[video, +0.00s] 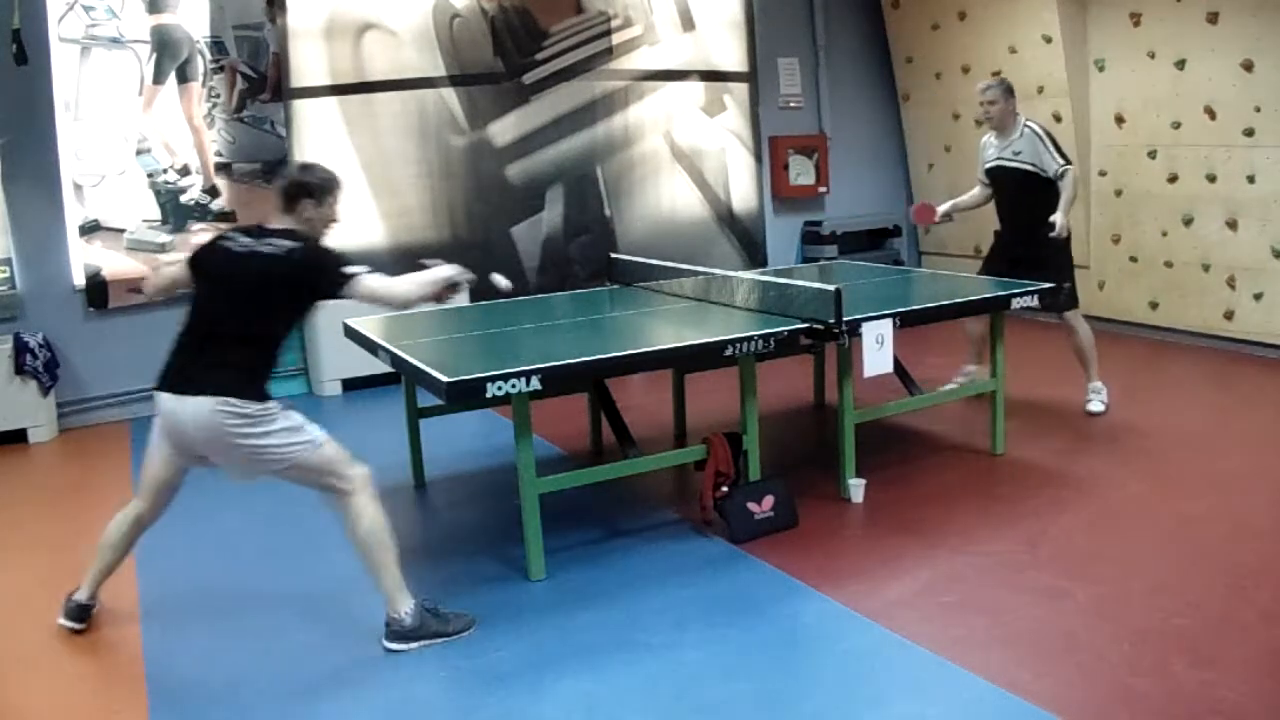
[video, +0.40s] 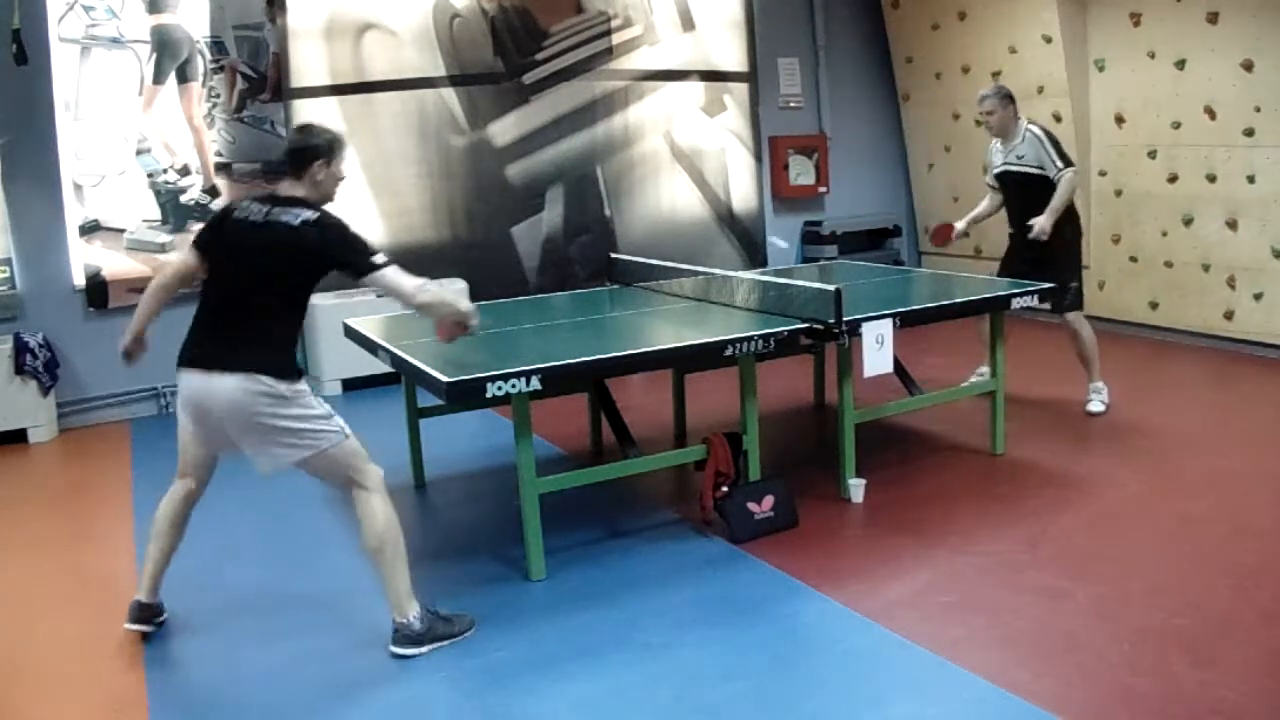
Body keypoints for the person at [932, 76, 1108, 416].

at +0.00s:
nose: (984, 111)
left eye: (990, 104)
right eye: (981, 105)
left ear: (1011, 104)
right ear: (981, 109)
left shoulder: (1033, 134)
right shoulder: (988, 143)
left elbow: (1067, 172)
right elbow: (986, 189)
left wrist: (1062, 213)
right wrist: (950, 206)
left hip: (1047, 239)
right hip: (1009, 240)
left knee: (1068, 313)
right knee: (977, 304)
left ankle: (1094, 384)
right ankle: (977, 372)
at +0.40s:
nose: (985, 121)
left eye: (989, 114)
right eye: (982, 116)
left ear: (1010, 110)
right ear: (984, 118)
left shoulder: (1036, 136)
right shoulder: (995, 149)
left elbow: (1069, 176)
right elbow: (996, 197)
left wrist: (1049, 217)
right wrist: (965, 222)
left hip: (1059, 238)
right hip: (1022, 239)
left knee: (1070, 314)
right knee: (995, 304)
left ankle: (1096, 385)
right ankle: (992, 368)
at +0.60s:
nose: (974, 145)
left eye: (977, 137)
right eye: (971, 139)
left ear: (997, 131)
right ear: (991, 136)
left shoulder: (1020, 148)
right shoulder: (1006, 157)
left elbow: (1049, 179)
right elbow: (1029, 192)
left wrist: (1028, 225)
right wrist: (1021, 224)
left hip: (1068, 243)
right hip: (1041, 244)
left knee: (1066, 324)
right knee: (1005, 306)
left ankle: (1106, 387)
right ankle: (993, 370)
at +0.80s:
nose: (978, 150)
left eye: (979, 142)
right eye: (975, 144)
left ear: (996, 133)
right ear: (994, 137)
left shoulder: (1023, 148)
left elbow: (1051, 183)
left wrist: (1036, 231)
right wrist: (995, 248)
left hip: (1068, 244)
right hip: (1043, 245)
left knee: (1066, 326)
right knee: (1008, 307)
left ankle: (1107, 388)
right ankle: (992, 371)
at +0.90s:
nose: (986, 140)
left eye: (987, 132)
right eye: (983, 134)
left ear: (1004, 125)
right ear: (1001, 129)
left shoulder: (1036, 141)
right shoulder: (1016, 155)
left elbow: (1064, 181)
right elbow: (1001, 202)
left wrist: (1045, 225)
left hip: (1069, 242)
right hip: (1039, 242)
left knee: (1067, 323)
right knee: (1008, 307)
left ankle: (1106, 388)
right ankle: (992, 371)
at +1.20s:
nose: (1029, 114)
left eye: (1036, 107)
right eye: (1027, 107)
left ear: (1057, 107)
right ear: (1032, 108)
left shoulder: (1082, 139)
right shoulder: (1028, 140)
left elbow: (1112, 184)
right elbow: (988, 165)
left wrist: (1099, 222)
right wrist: (944, 163)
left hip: (1077, 244)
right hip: (1039, 242)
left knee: (1081, 319)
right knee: (1011, 307)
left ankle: (1106, 388)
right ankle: (991, 370)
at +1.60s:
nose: (1038, 100)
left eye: (1045, 93)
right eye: (1035, 94)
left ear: (1065, 94)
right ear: (1034, 97)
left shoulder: (1086, 130)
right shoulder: (1033, 131)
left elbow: (1115, 177)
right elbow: (1019, 176)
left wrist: (1115, 221)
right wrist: (989, 194)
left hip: (1080, 233)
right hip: (1042, 232)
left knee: (1087, 312)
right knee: (1026, 305)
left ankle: (1107, 387)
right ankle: (1033, 372)